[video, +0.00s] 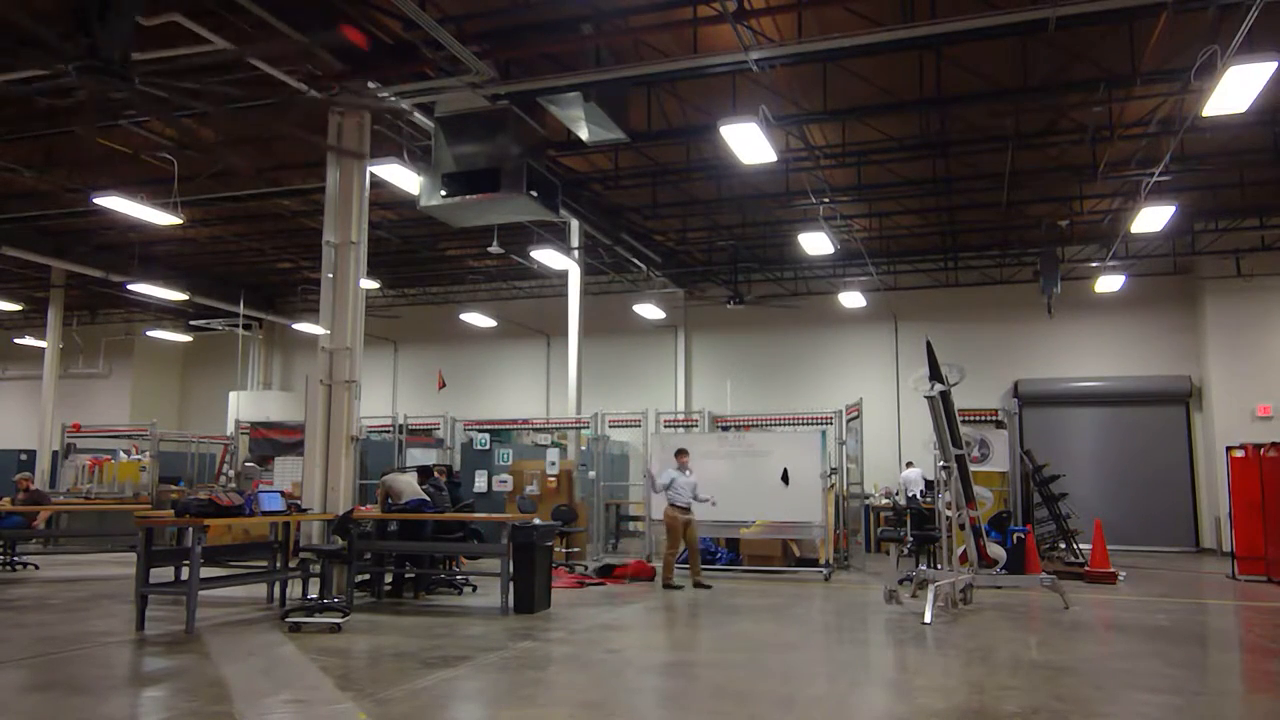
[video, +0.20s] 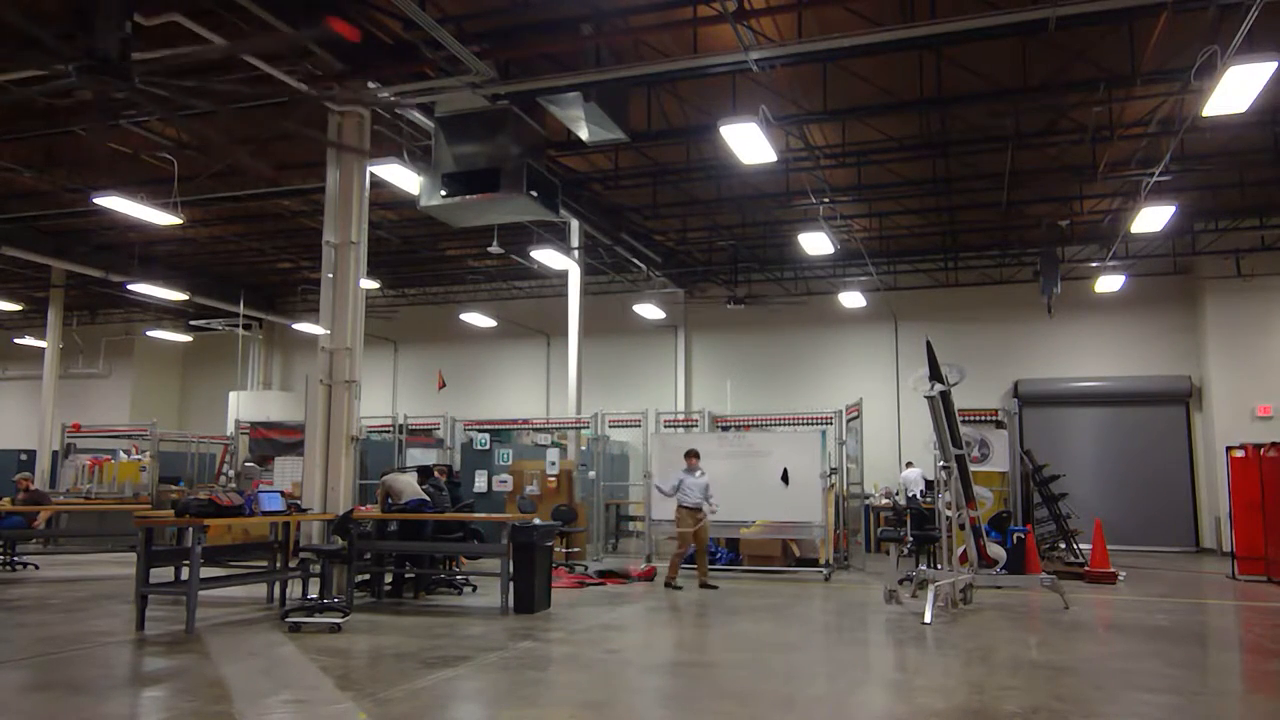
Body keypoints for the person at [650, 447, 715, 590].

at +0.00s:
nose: (684, 460)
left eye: (686, 457)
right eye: (681, 457)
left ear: (689, 458)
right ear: (676, 459)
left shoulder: (691, 477)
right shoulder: (671, 473)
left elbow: (695, 496)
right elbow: (657, 489)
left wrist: (708, 498)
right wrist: (652, 478)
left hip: (687, 512)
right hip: (673, 511)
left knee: (693, 547)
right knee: (673, 548)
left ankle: (697, 579)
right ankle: (667, 580)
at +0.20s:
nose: (692, 461)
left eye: (695, 458)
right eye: (689, 458)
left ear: (699, 460)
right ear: (685, 461)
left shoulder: (704, 477)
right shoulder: (682, 476)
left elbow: (707, 495)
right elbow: (671, 492)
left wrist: (712, 504)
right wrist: (656, 485)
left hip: (699, 511)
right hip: (684, 510)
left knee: (702, 546)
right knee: (684, 546)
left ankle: (703, 580)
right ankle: (670, 579)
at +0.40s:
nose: (692, 465)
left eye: (694, 462)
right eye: (691, 462)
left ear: (702, 462)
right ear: (691, 462)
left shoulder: (713, 477)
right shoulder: (689, 475)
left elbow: (719, 496)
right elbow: (680, 493)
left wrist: (713, 507)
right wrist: (662, 491)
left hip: (706, 511)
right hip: (690, 510)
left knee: (705, 546)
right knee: (693, 544)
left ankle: (703, 579)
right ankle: (688, 579)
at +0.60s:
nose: (693, 468)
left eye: (695, 465)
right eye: (692, 466)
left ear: (703, 463)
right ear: (694, 465)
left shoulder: (716, 479)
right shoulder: (694, 476)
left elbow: (723, 499)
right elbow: (686, 493)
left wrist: (713, 508)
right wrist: (668, 489)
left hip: (710, 514)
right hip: (694, 513)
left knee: (708, 547)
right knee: (700, 547)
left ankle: (706, 577)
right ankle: (703, 579)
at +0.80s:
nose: (693, 468)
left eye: (695, 465)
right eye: (693, 466)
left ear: (703, 463)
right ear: (696, 464)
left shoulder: (717, 478)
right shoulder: (695, 476)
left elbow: (725, 498)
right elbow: (688, 493)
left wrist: (714, 508)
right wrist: (671, 490)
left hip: (713, 515)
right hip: (698, 515)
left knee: (713, 549)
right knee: (701, 549)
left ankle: (712, 578)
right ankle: (705, 581)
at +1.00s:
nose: (696, 467)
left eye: (697, 464)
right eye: (695, 464)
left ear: (705, 462)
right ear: (698, 463)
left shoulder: (719, 477)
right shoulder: (698, 475)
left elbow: (729, 496)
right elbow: (686, 492)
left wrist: (720, 508)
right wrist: (668, 489)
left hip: (716, 514)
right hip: (700, 514)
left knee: (720, 548)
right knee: (702, 548)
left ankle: (724, 582)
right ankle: (705, 582)